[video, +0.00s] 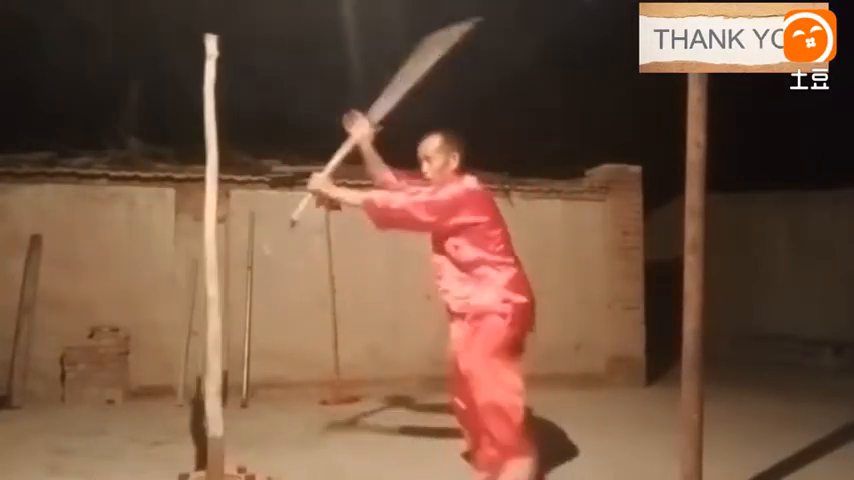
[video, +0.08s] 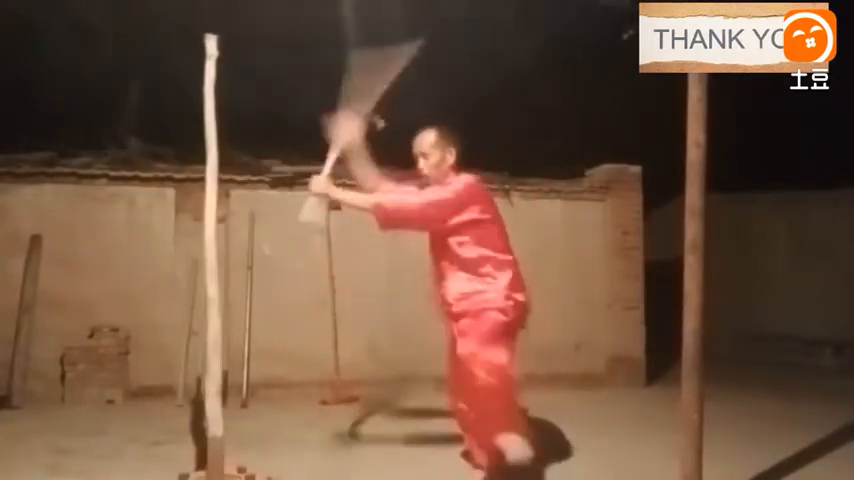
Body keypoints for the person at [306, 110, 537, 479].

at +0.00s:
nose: (423, 166)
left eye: (429, 158)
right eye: (422, 159)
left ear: (453, 160)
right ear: (449, 162)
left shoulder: (468, 194)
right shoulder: (445, 192)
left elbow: (404, 204)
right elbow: (392, 184)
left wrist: (336, 192)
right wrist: (366, 145)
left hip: (499, 304)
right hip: (470, 306)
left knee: (483, 367)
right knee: (466, 377)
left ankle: (517, 457)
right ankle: (487, 457)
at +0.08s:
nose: (419, 164)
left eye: (425, 155)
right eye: (417, 157)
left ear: (449, 156)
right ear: (424, 162)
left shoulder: (466, 189)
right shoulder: (440, 190)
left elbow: (402, 206)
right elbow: (379, 188)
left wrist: (334, 192)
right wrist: (353, 148)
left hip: (492, 305)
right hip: (466, 308)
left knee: (486, 383)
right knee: (463, 390)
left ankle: (519, 461)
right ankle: (488, 461)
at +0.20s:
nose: (418, 158)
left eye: (425, 150)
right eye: (414, 151)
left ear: (448, 148)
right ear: (411, 153)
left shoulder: (467, 186)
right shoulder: (413, 190)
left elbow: (452, 230)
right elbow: (373, 200)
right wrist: (334, 200)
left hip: (481, 293)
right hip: (439, 293)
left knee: (461, 363)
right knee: (443, 365)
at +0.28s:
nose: (412, 164)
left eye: (419, 155)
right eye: (408, 157)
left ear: (444, 153)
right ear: (406, 159)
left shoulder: (466, 191)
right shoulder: (412, 196)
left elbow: (476, 249)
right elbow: (379, 210)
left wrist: (439, 267)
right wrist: (343, 206)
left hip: (462, 296)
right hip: (424, 295)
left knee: (445, 372)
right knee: (426, 371)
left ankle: (426, 458)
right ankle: (427, 439)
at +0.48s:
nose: (395, 196)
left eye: (400, 186)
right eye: (389, 189)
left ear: (423, 180)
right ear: (385, 189)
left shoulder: (451, 209)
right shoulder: (391, 229)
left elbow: (479, 261)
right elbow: (382, 291)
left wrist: (458, 304)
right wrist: (371, 357)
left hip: (438, 317)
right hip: (395, 312)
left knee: (446, 382)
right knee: (344, 325)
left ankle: (436, 466)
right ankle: (347, 382)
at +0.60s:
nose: (383, 194)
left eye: (389, 184)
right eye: (377, 186)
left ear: (412, 179)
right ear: (374, 187)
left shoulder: (441, 210)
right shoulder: (377, 229)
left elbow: (471, 261)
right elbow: (373, 295)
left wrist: (455, 298)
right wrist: (364, 361)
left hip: (424, 315)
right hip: (378, 305)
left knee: (428, 393)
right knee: (310, 334)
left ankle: (434, 475)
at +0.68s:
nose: (374, 192)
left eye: (380, 182)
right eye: (369, 184)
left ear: (405, 179)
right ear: (366, 186)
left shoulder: (433, 211)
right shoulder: (369, 227)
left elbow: (467, 260)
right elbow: (364, 292)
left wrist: (453, 297)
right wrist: (360, 355)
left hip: (417, 325)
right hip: (365, 319)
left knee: (430, 400)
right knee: (296, 361)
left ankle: (428, 475)